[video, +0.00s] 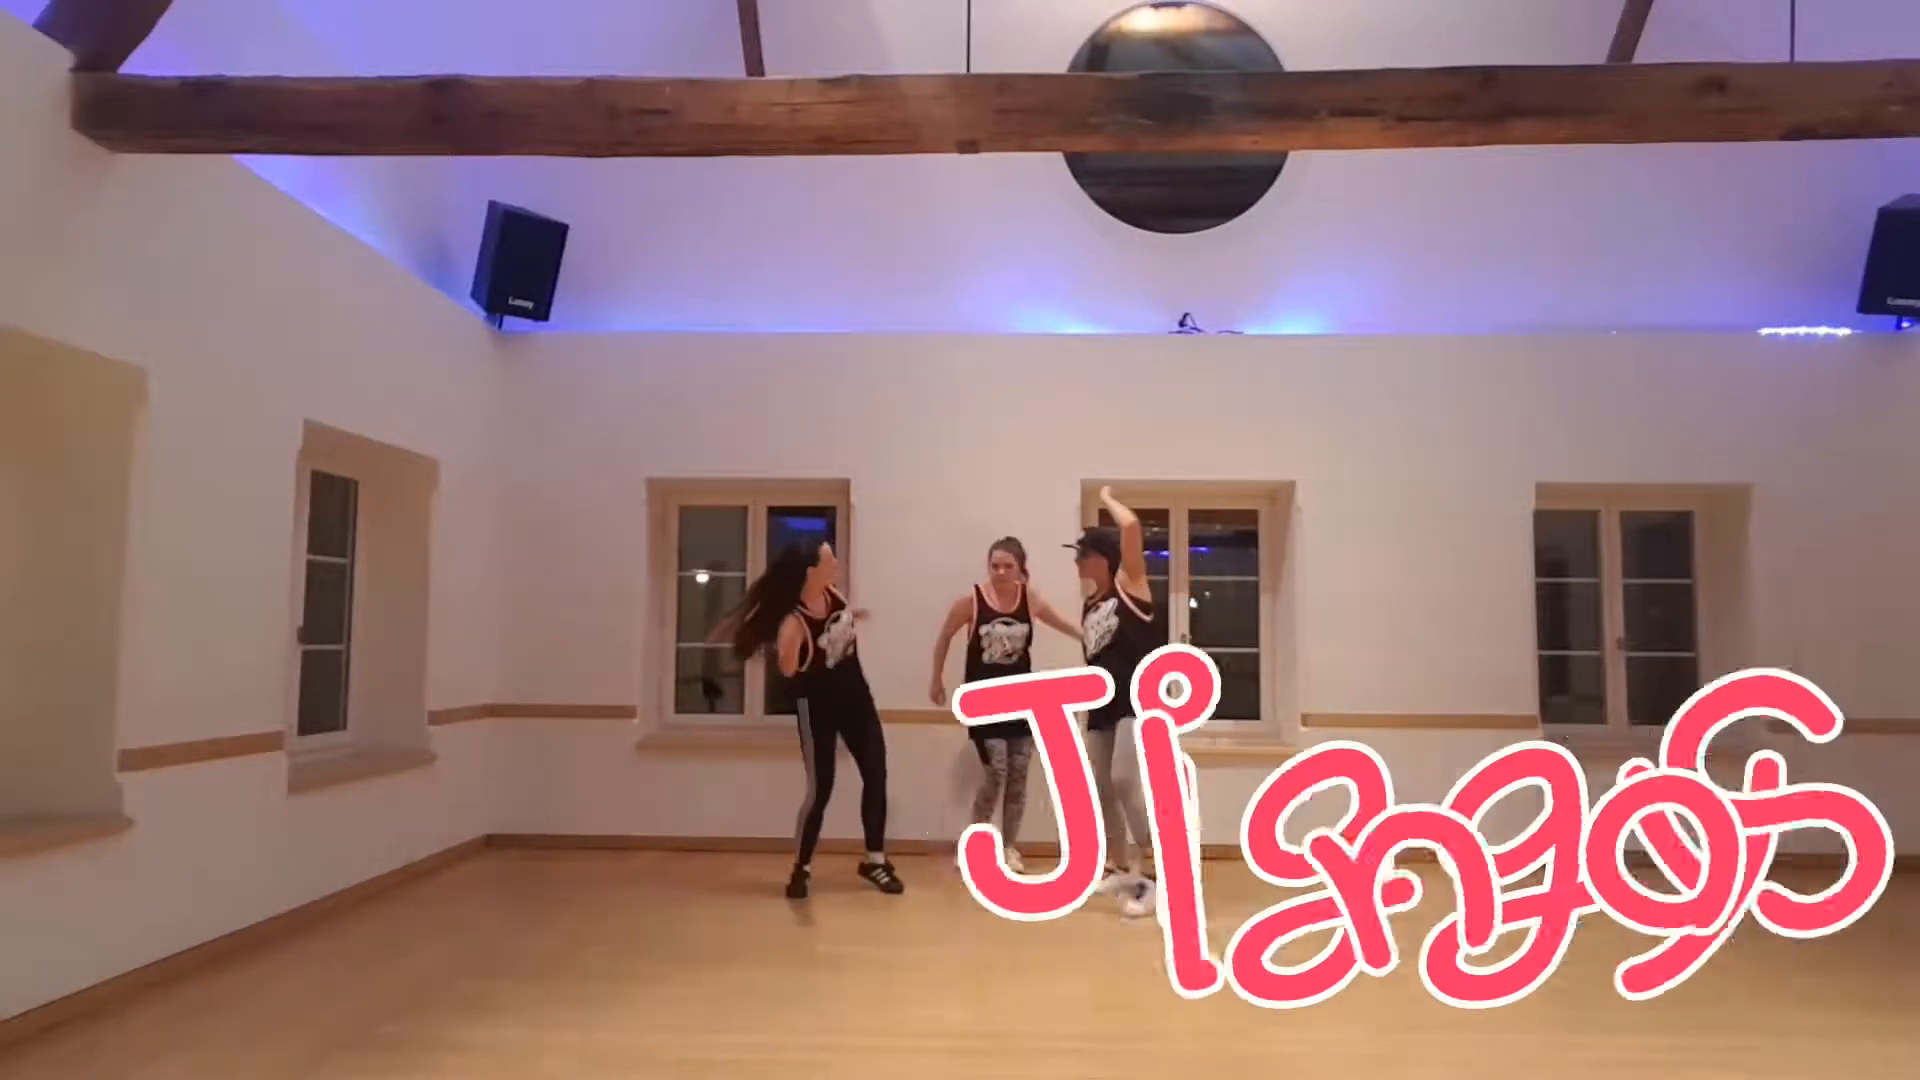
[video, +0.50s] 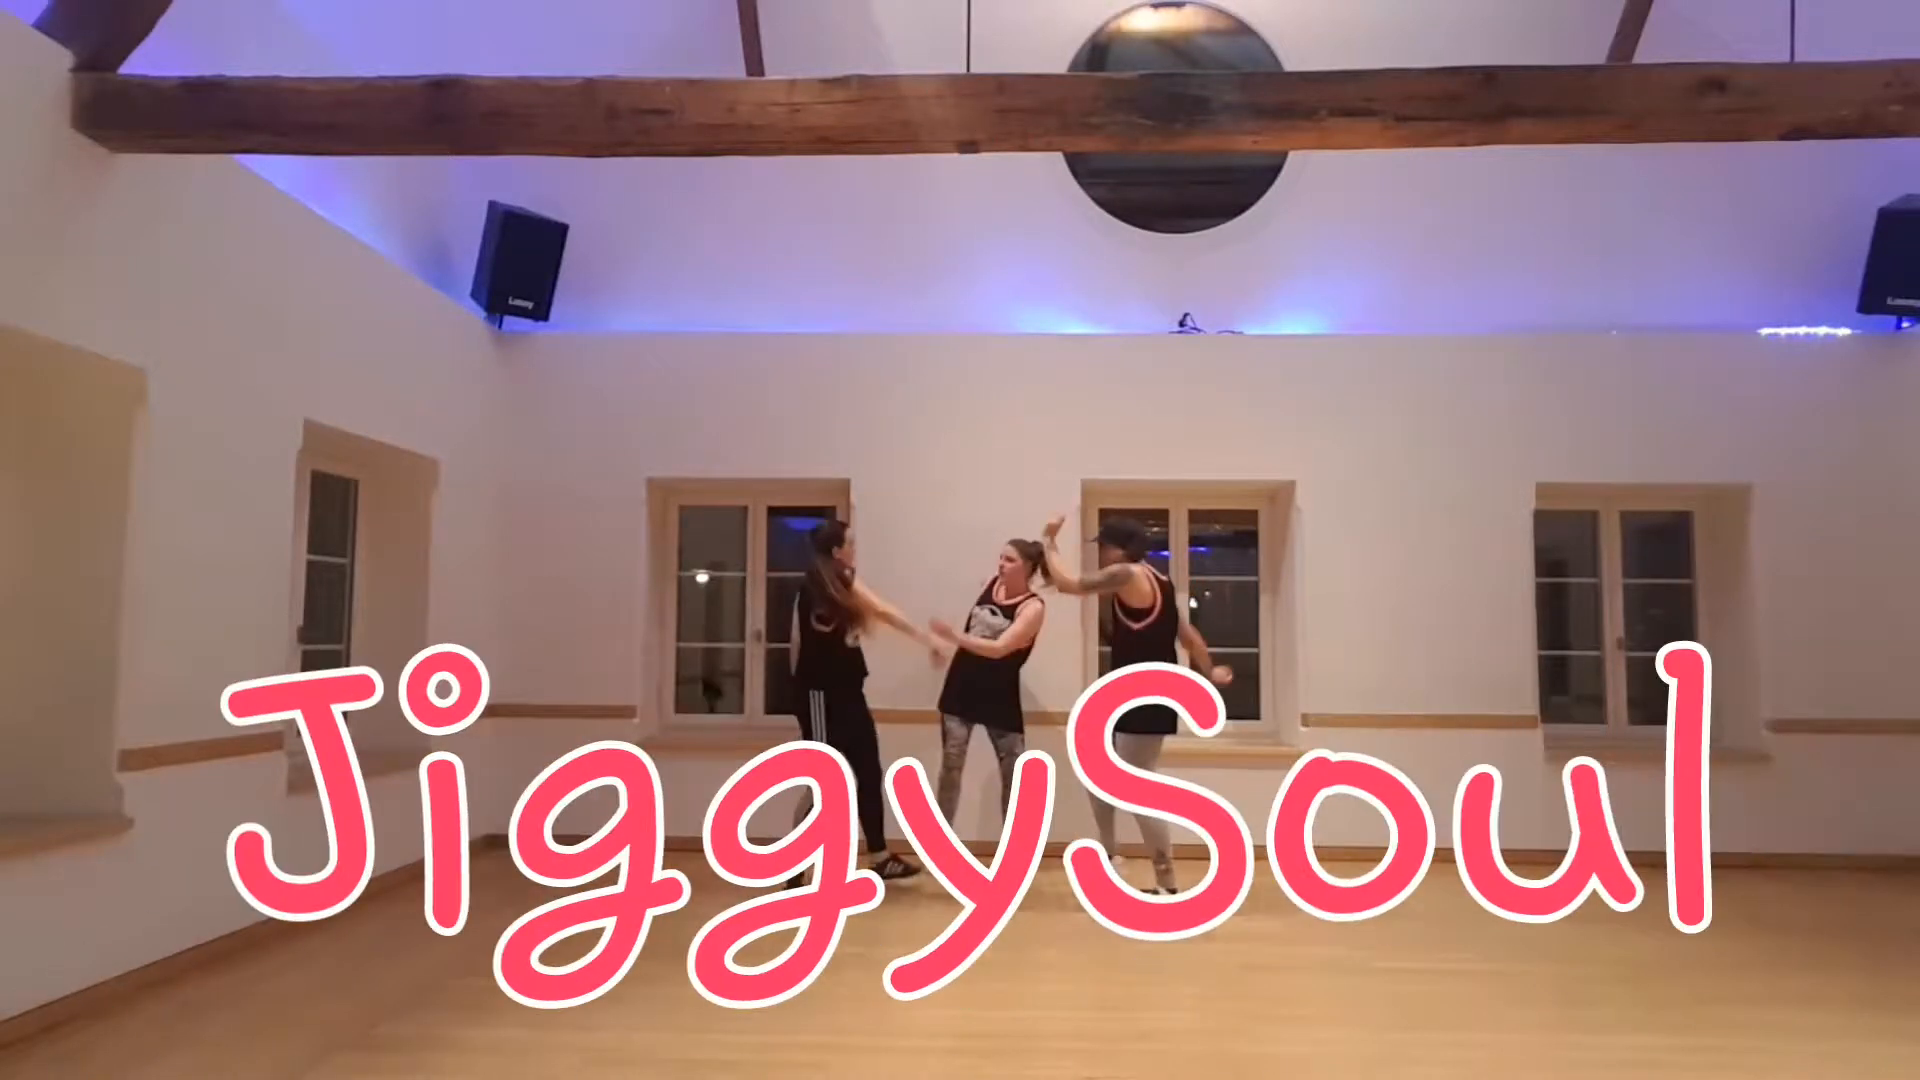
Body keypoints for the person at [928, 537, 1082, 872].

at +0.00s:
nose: (1000, 572)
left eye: (1007, 566)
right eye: (995, 566)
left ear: (1021, 568)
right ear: (988, 567)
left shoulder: (1029, 598)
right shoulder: (971, 601)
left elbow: (1055, 620)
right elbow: (944, 638)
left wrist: (1085, 636)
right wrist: (937, 680)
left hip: (1021, 693)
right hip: (983, 694)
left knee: (1019, 769)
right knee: (997, 768)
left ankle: (1010, 844)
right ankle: (978, 838)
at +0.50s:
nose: (1001, 564)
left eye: (1009, 560)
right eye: (1001, 558)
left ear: (1028, 567)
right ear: (999, 560)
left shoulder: (1033, 607)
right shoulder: (993, 584)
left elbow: (1000, 649)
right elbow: (974, 626)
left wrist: (955, 637)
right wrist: (946, 647)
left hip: (999, 692)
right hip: (961, 684)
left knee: (1013, 769)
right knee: (951, 763)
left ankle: (1015, 842)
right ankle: (940, 836)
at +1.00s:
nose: (957, 553)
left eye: (966, 547)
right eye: (957, 547)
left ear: (983, 554)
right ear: (959, 554)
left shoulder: (990, 582)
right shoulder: (963, 590)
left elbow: (977, 590)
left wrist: (955, 554)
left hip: (989, 690)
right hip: (954, 689)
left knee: (999, 769)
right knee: (945, 767)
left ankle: (1016, 840)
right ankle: (938, 839)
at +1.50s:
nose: (927, 573)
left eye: (928, 566)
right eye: (919, 573)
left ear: (938, 568)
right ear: (914, 585)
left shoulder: (972, 595)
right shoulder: (915, 612)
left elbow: (995, 640)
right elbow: (901, 665)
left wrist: (1010, 623)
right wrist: (936, 670)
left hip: (977, 696)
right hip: (938, 700)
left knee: (982, 771)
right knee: (942, 777)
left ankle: (1004, 838)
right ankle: (945, 844)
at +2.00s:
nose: (976, 579)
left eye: (974, 573)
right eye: (969, 574)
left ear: (967, 577)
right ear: (951, 579)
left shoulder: (970, 603)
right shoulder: (946, 619)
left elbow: (982, 628)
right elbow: (940, 670)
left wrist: (997, 601)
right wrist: (980, 684)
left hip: (987, 704)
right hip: (961, 710)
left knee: (1011, 767)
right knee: (964, 774)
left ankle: (1004, 837)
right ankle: (943, 841)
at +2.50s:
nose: (1018, 588)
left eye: (1023, 582)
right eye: (1013, 581)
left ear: (1029, 579)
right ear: (998, 576)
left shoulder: (1031, 605)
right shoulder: (976, 606)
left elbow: (1053, 640)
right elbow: (943, 638)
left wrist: (1068, 621)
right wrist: (938, 677)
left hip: (1023, 698)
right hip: (984, 700)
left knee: (1038, 770)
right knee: (986, 772)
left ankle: (1032, 844)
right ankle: (952, 841)